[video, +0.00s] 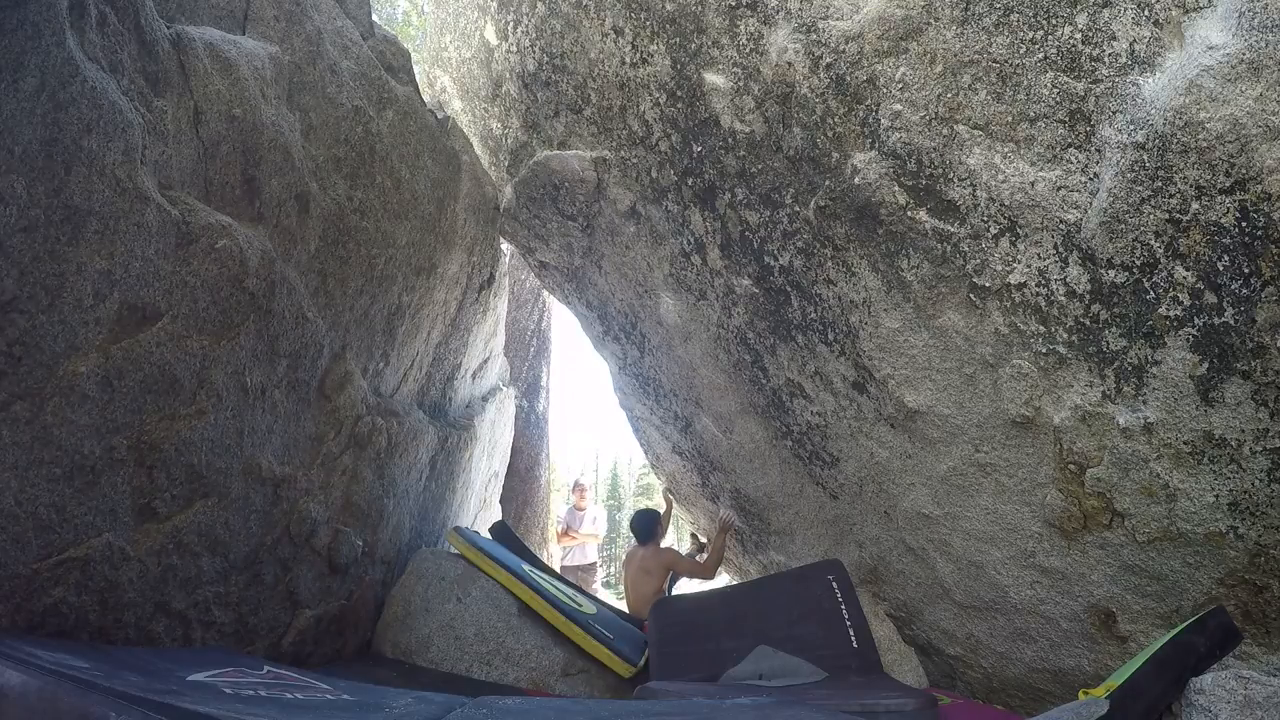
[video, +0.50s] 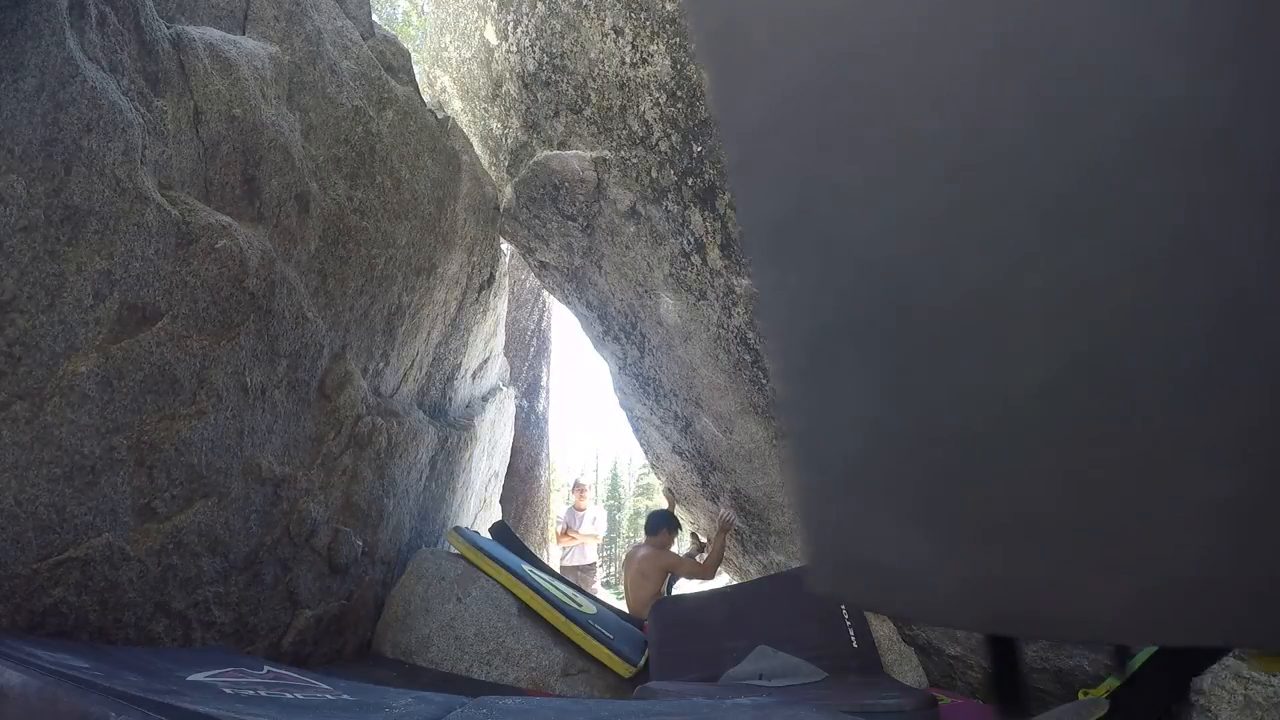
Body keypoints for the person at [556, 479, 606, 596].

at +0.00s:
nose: (582, 493)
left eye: (586, 490)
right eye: (579, 490)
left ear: (591, 492)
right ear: (573, 493)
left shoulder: (599, 513)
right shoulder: (564, 513)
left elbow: (599, 538)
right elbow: (561, 541)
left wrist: (572, 532)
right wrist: (586, 537)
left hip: (590, 565)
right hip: (568, 566)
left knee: (592, 604)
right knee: (568, 604)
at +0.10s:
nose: (582, 493)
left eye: (585, 490)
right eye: (579, 490)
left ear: (590, 492)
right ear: (572, 493)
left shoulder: (599, 513)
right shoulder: (564, 513)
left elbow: (598, 538)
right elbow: (561, 541)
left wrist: (571, 532)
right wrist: (586, 537)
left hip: (590, 565)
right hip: (568, 566)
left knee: (592, 604)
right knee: (568, 605)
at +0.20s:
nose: (582, 493)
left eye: (585, 489)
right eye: (578, 489)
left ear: (590, 492)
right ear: (572, 492)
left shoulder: (599, 513)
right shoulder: (564, 513)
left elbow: (598, 538)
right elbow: (561, 541)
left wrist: (571, 532)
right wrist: (586, 537)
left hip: (590, 566)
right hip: (568, 566)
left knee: (592, 605)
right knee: (568, 605)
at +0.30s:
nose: (582, 493)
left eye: (585, 490)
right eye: (579, 489)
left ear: (590, 492)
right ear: (572, 492)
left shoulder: (599, 513)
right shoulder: (564, 513)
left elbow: (598, 538)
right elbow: (560, 541)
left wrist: (571, 532)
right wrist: (586, 538)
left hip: (590, 565)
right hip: (568, 566)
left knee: (593, 605)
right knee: (568, 605)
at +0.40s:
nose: (582, 493)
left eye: (585, 490)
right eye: (578, 489)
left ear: (590, 492)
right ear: (572, 492)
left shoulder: (599, 513)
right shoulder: (564, 513)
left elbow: (598, 538)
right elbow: (560, 541)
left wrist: (571, 532)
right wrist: (586, 538)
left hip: (590, 566)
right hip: (567, 566)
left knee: (592, 605)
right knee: (568, 606)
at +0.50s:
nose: (581, 493)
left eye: (585, 490)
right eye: (578, 489)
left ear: (590, 493)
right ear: (572, 492)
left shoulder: (599, 513)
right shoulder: (564, 513)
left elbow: (598, 538)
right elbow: (560, 541)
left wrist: (571, 532)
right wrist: (586, 537)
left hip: (589, 566)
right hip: (567, 566)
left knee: (592, 605)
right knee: (568, 606)